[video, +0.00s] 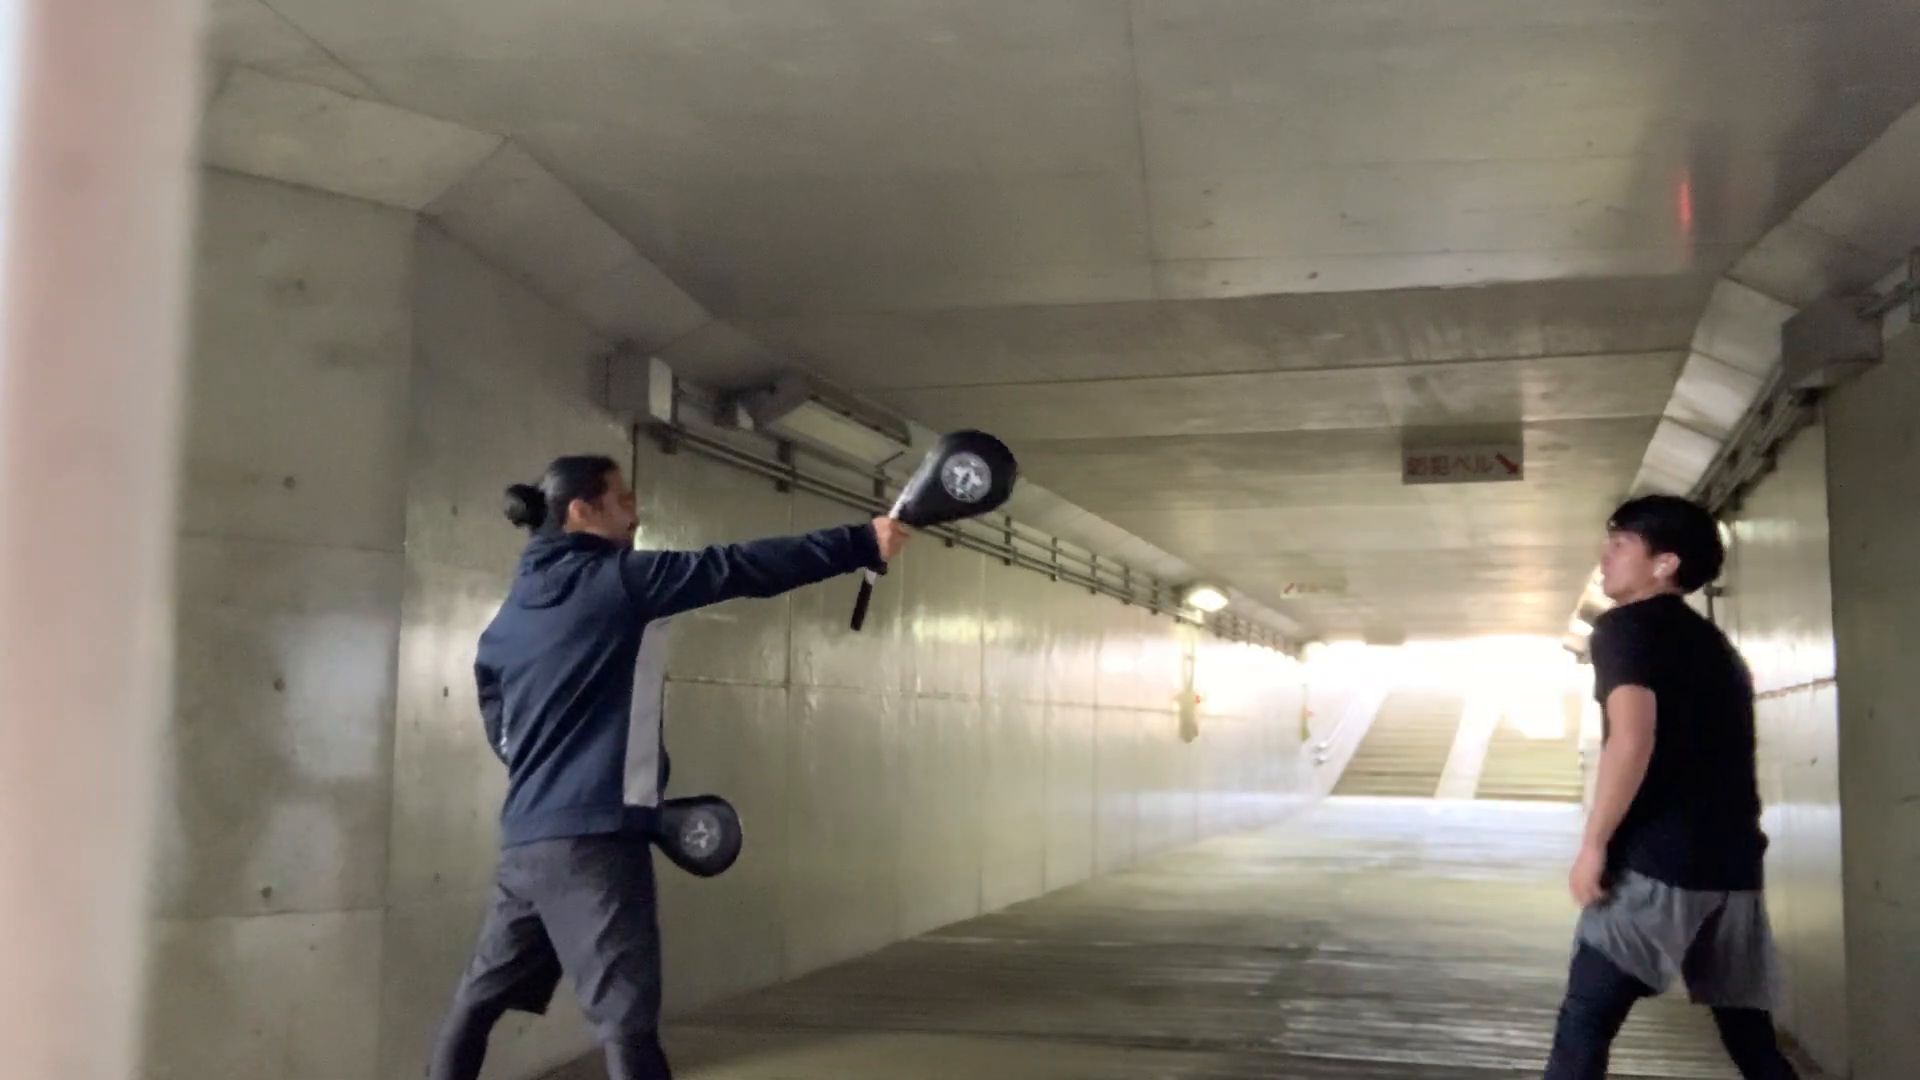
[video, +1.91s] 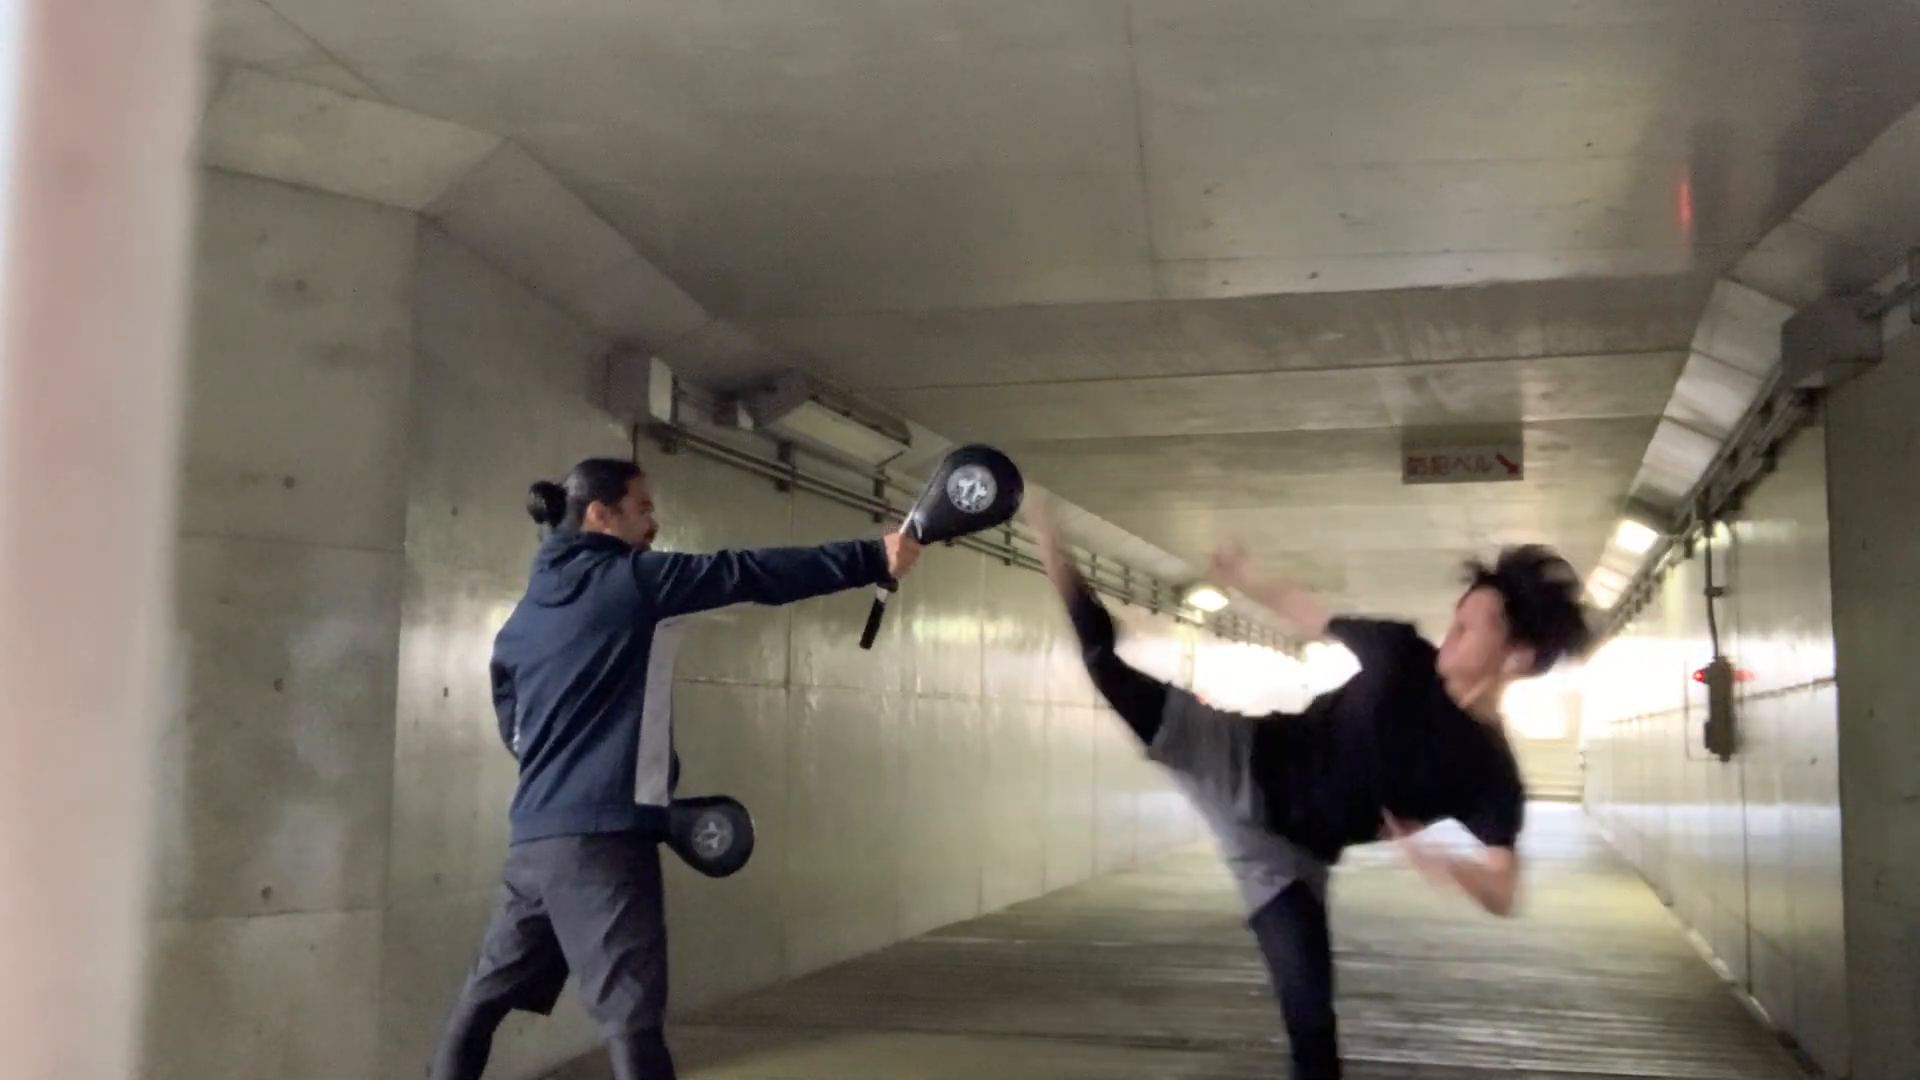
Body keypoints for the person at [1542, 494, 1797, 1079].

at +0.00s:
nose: (1603, 555)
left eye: (1619, 544)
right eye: (1610, 541)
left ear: (1665, 564)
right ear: (1667, 569)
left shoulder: (1625, 627)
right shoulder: (1719, 646)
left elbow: (1631, 735)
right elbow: (1732, 764)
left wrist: (1593, 843)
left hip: (1657, 868)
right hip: (1736, 872)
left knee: (1583, 1031)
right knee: (1753, 1040)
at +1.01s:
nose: (1641, 539)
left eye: (1655, 525)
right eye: (1646, 524)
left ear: (1700, 544)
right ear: (1704, 547)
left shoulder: (1643, 608)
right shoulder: (1774, 633)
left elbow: (1611, 697)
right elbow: (1828, 745)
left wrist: (1580, 785)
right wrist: (1768, 794)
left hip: (1661, 847)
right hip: (1760, 852)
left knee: (1590, 1019)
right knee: (1820, 1024)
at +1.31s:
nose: (1628, 534)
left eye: (1644, 523)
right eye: (1635, 520)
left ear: (1688, 546)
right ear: (1691, 551)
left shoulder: (1637, 603)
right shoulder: (1745, 636)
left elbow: (1630, 693)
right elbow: (1795, 755)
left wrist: (1573, 777)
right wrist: (1729, 801)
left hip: (1650, 852)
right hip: (1738, 859)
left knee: (1561, 1007)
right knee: (1791, 1025)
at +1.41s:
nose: (1595, 578)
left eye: (1613, 568)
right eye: (1601, 565)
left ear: (1660, 596)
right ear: (1663, 599)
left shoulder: (1635, 657)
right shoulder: (1701, 682)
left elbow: (1644, 748)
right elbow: (1702, 803)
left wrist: (1553, 841)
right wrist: (1616, 849)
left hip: (1655, 902)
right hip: (1728, 904)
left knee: (1516, 1014)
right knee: (1789, 1059)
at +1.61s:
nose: (1548, 566)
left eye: (1566, 554)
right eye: (1555, 553)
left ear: (1610, 582)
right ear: (1602, 583)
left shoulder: (1605, 667)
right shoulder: (1554, 666)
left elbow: (1635, 776)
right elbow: (1495, 748)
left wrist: (1527, 795)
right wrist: (1384, 732)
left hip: (1524, 891)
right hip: (1498, 878)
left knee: (1415, 1034)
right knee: (1489, 1044)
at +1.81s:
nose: (1484, 586)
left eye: (1502, 575)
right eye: (1490, 571)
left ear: (1551, 598)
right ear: (1526, 590)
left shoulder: (1555, 730)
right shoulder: (1454, 631)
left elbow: (1548, 855)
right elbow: (1354, 593)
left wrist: (1474, 935)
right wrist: (1290, 519)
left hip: (1372, 870)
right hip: (1317, 787)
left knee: (1374, 1044)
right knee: (1164, 732)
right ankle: (1060, 855)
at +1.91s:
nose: (1449, 633)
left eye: (1469, 626)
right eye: (1455, 619)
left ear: (1520, 653)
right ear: (1453, 619)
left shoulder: (1489, 775)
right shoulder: (1400, 651)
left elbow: (1502, 895)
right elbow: (1306, 612)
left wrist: (1427, 853)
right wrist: (1241, 576)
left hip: (1286, 856)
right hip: (1237, 755)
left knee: (1312, 1025)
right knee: (1103, 662)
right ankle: (1049, 545)